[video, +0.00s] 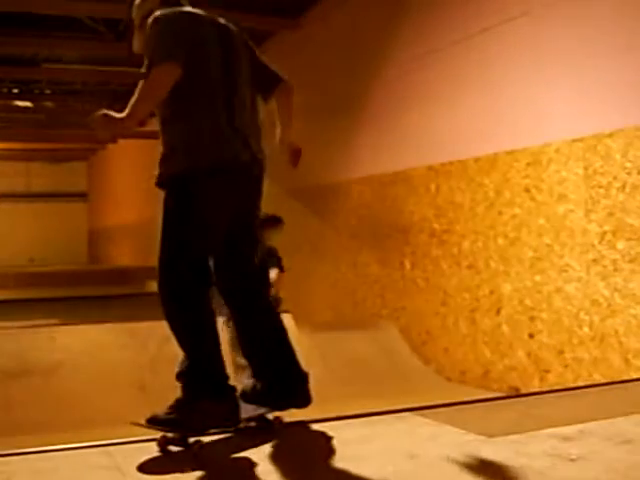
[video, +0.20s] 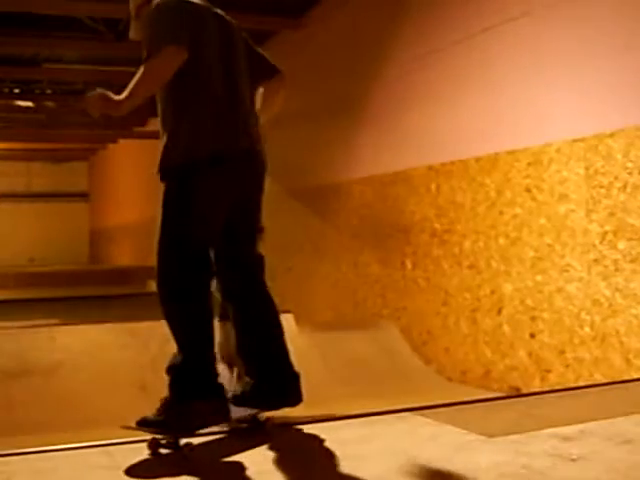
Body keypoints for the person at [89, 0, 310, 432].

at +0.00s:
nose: (137, 36)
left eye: (137, 24)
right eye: (136, 28)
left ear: (150, 8)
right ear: (181, 5)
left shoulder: (163, 22)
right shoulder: (225, 31)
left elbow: (165, 70)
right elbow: (281, 89)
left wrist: (125, 121)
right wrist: (287, 136)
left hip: (195, 175)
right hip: (242, 173)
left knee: (180, 283)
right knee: (241, 278)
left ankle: (208, 398)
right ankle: (283, 383)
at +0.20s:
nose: (134, 27)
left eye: (135, 18)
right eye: (133, 22)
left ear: (148, 4)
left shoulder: (165, 11)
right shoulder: (220, 22)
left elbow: (171, 54)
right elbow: (274, 80)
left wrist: (124, 103)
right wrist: (250, 126)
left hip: (196, 164)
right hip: (243, 160)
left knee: (179, 277)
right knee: (241, 270)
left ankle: (196, 396)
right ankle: (275, 383)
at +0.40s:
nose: (139, 46)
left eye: (137, 36)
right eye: (135, 40)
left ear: (144, 17)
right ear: (169, 11)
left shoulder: (166, 20)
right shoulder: (214, 37)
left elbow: (173, 58)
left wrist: (125, 111)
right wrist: (131, 125)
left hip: (202, 166)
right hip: (246, 162)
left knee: (175, 280)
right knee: (235, 276)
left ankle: (184, 400)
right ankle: (279, 388)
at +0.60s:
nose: (136, 56)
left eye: (134, 46)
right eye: (136, 52)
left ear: (138, 25)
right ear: (164, 20)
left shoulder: (153, 19)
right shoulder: (209, 42)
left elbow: (165, 63)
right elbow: (216, 126)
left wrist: (147, 126)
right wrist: (173, 165)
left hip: (204, 170)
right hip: (243, 167)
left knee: (175, 278)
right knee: (238, 273)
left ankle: (185, 397)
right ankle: (279, 382)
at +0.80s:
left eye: (129, 56)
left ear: (139, 43)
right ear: (169, 37)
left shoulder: (149, 44)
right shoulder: (211, 62)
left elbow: (144, 102)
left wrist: (130, 166)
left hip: (198, 179)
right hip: (243, 178)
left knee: (164, 286)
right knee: (234, 282)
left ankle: (182, 398)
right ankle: (278, 384)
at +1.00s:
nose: (147, 58)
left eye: (147, 53)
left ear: (147, 52)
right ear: (184, 49)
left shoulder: (142, 70)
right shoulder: (214, 74)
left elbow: (111, 133)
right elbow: (250, 143)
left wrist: (94, 195)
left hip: (186, 190)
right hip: (237, 186)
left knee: (160, 292)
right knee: (224, 287)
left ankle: (182, 398)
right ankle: (277, 384)